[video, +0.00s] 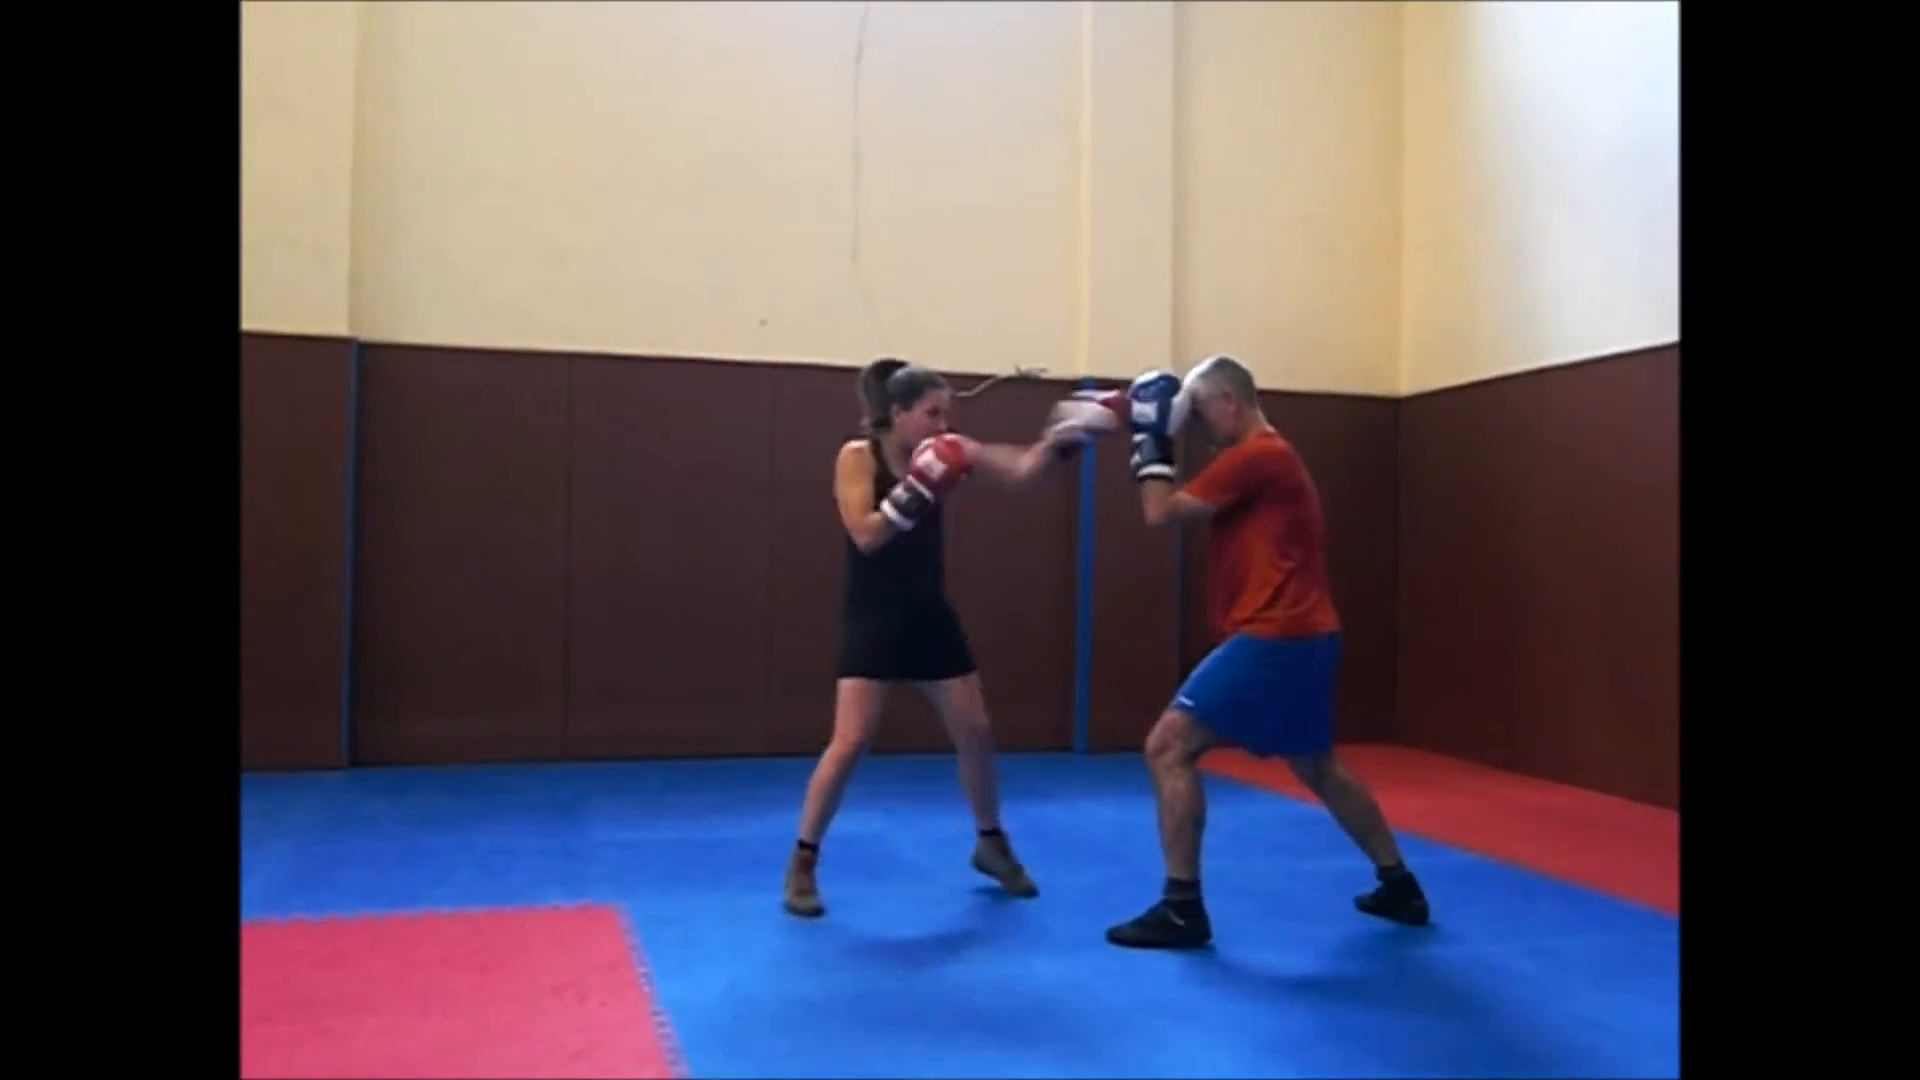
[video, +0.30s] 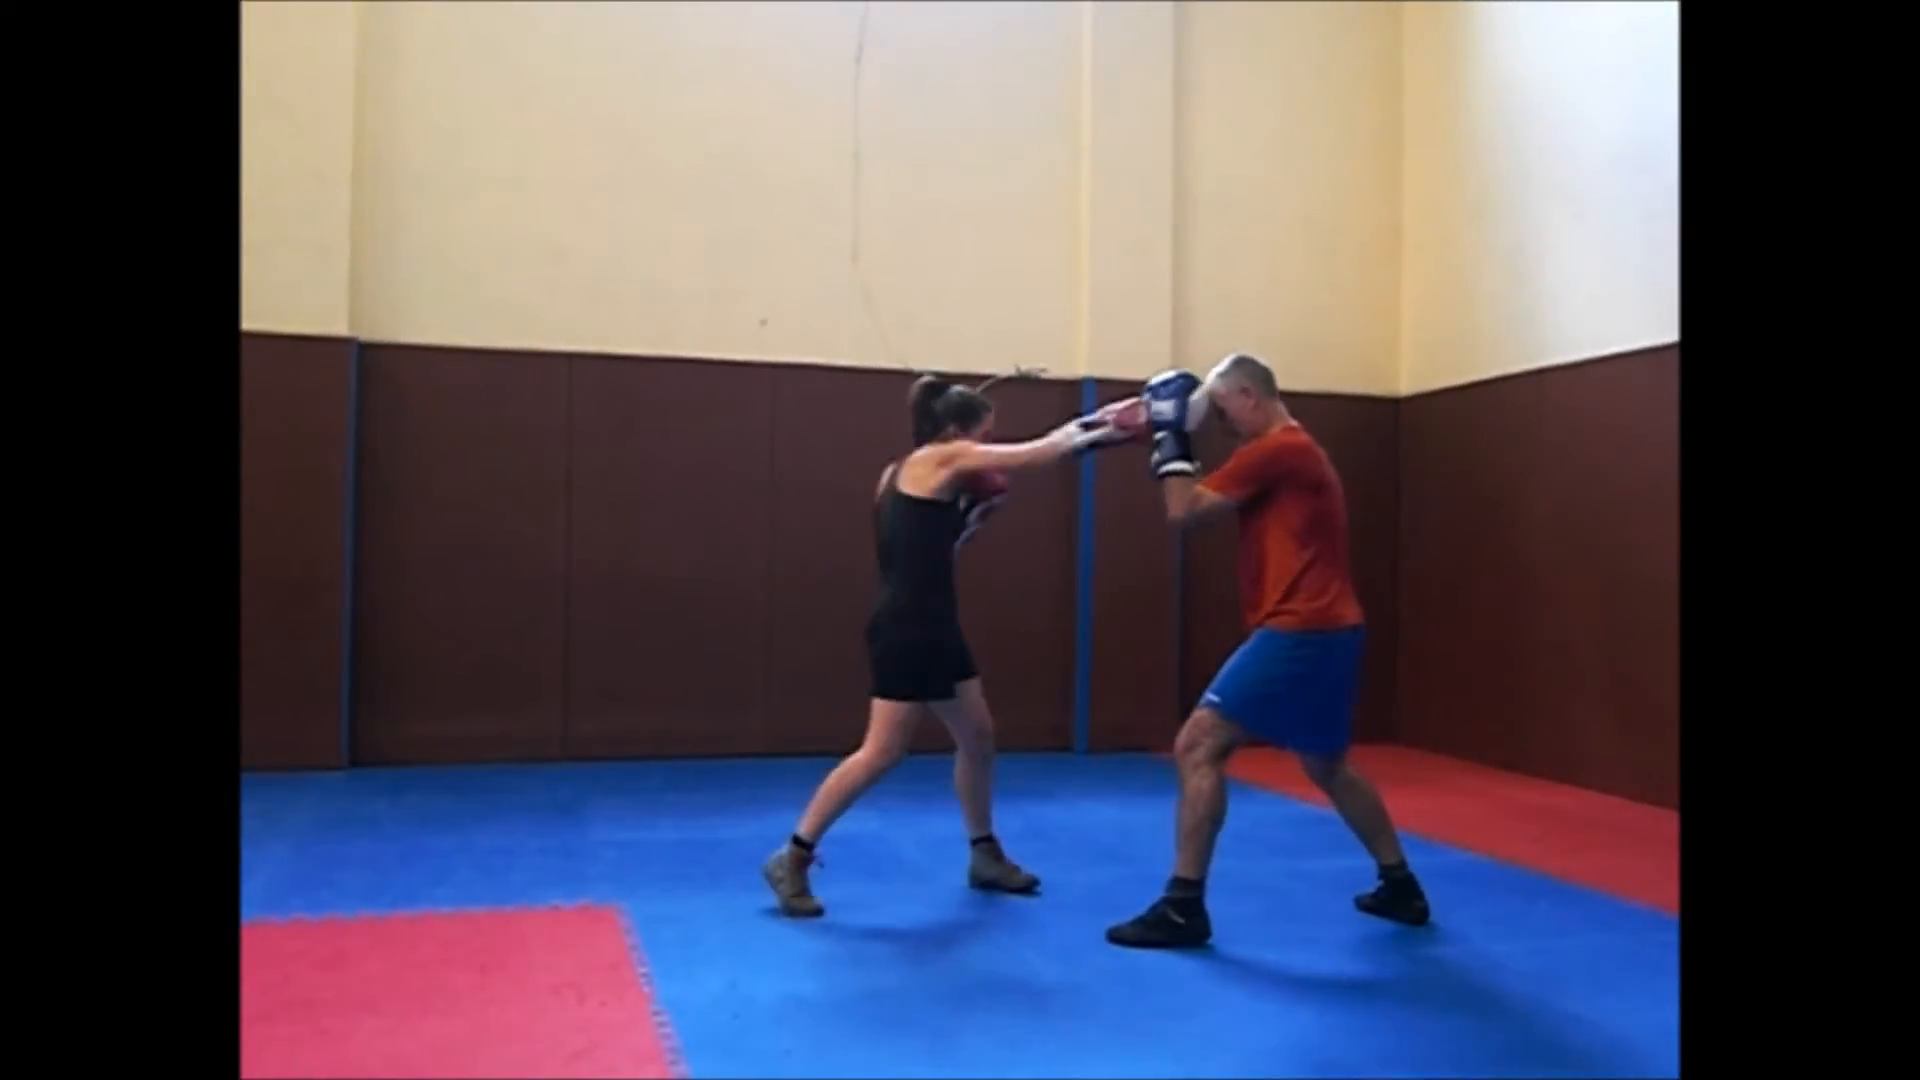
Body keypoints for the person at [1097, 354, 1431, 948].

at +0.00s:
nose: (1201, 423)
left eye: (1203, 410)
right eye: (1197, 412)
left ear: (1231, 402)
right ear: (1237, 403)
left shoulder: (1255, 458)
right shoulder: (1271, 454)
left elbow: (1159, 509)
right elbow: (1176, 501)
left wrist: (1148, 436)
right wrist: (1159, 433)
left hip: (1270, 636)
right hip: (1305, 636)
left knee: (1168, 748)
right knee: (1319, 767)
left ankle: (1182, 907)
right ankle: (1399, 886)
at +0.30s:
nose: (1227, 423)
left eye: (1227, 410)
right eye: (1222, 412)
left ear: (1251, 398)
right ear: (1262, 396)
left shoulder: (1276, 450)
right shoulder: (1295, 447)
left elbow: (1183, 506)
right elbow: (1195, 497)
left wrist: (1167, 437)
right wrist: (1173, 440)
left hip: (1295, 631)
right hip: (1330, 629)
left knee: (1198, 748)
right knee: (1329, 765)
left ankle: (1183, 905)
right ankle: (1401, 886)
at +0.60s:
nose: (1236, 415)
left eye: (1238, 403)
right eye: (1234, 404)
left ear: (1263, 394)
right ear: (1278, 393)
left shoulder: (1289, 448)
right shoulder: (1309, 446)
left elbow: (1198, 505)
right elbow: (1218, 495)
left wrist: (1192, 434)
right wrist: (1199, 429)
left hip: (1298, 630)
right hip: (1333, 630)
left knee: (1205, 749)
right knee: (1332, 764)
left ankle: (1184, 906)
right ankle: (1401, 887)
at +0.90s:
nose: (1219, 408)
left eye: (1226, 394)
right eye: (1218, 396)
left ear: (1260, 392)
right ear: (1264, 394)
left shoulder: (1285, 453)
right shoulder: (1296, 450)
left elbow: (1249, 548)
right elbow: (1253, 538)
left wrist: (1197, 508)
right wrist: (1204, 508)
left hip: (1296, 634)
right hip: (1332, 633)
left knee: (1198, 747)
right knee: (1336, 764)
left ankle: (1185, 908)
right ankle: (1403, 887)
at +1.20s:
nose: (1214, 409)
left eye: (1221, 395)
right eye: (1213, 397)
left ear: (1254, 392)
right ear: (1263, 394)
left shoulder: (1273, 441)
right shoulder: (1298, 442)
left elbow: (1201, 509)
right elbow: (1216, 504)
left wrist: (1164, 457)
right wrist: (1168, 474)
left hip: (1276, 623)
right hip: (1325, 625)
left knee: (1161, 724)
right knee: (1308, 755)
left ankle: (1167, 880)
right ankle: (1371, 885)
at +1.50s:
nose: (1167, 420)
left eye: (1173, 409)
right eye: (1167, 410)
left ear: (1207, 409)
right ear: (1229, 410)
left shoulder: (1172, 455)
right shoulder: (1290, 452)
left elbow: (1073, 461)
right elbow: (1313, 535)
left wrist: (990, 445)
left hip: (1217, 642)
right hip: (1293, 644)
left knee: (1120, 751)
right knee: (1308, 762)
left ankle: (1146, 899)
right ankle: (1371, 888)